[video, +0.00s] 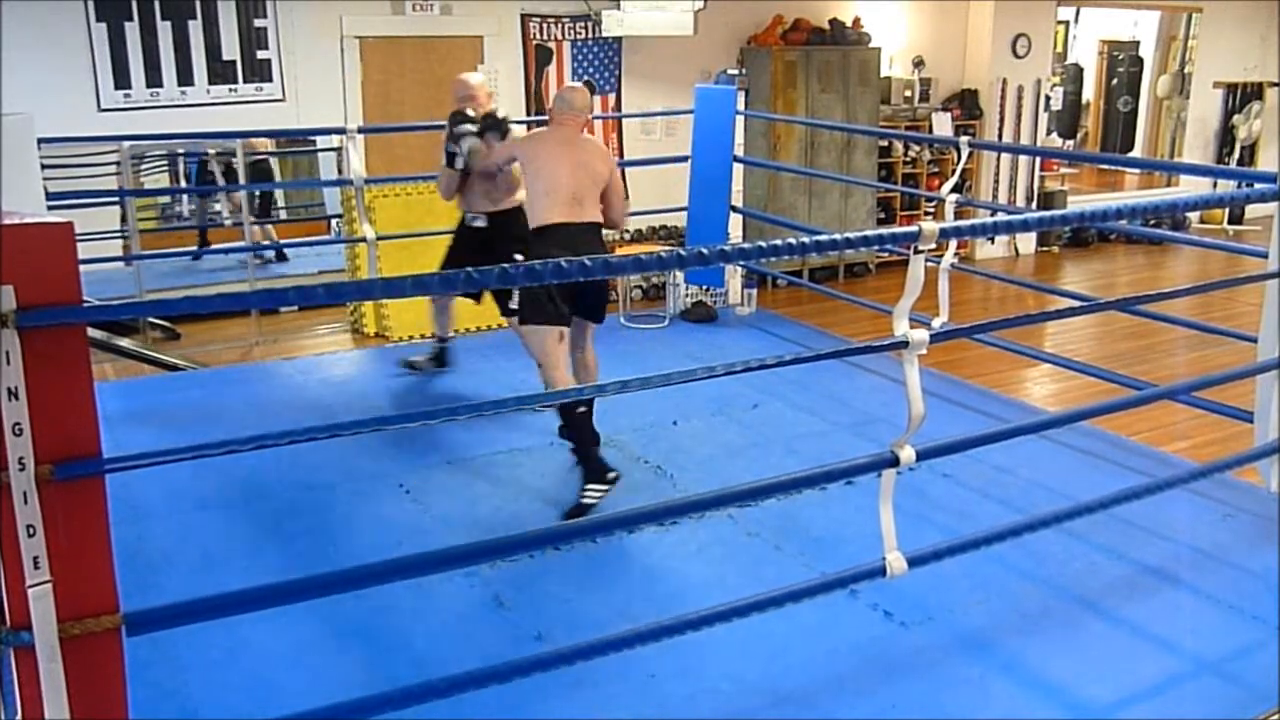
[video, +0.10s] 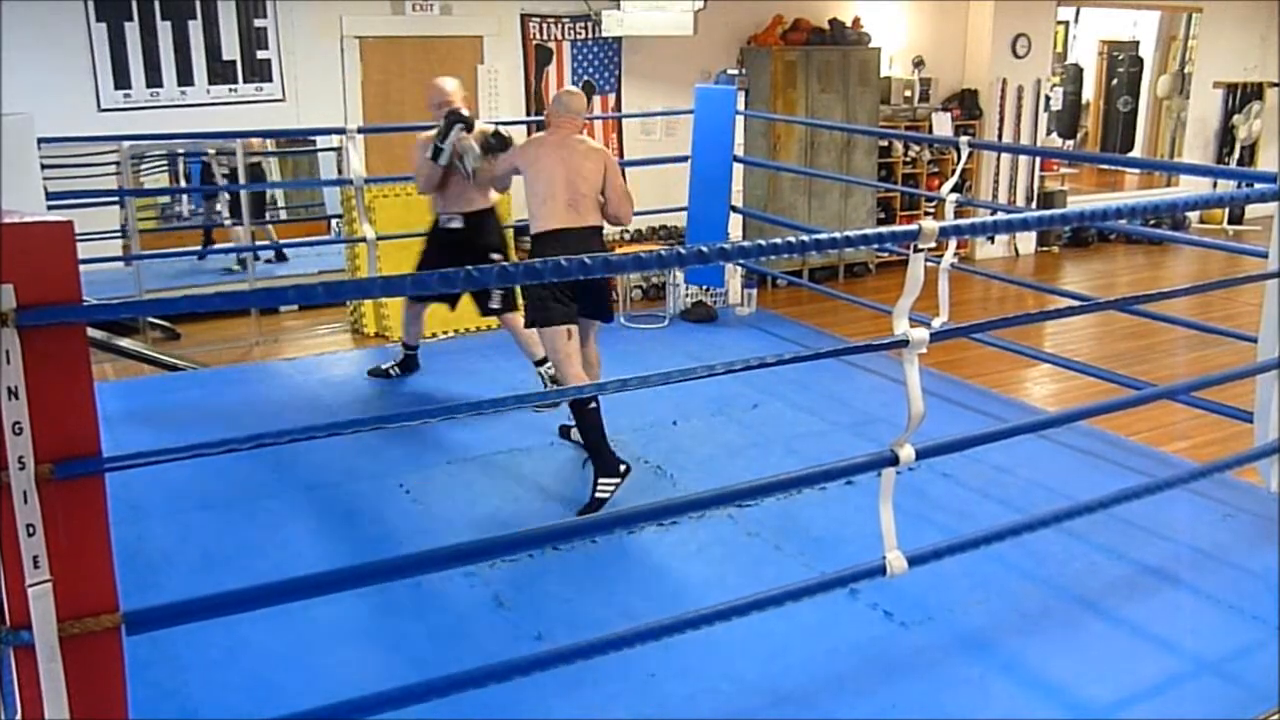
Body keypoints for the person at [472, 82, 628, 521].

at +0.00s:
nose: (555, 113)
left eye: (553, 107)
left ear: (551, 111)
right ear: (586, 117)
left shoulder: (526, 144)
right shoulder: (602, 155)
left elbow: (488, 160)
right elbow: (617, 218)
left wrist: (479, 132)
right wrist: (582, 203)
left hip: (545, 252)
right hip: (592, 251)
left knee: (553, 365)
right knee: (582, 345)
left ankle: (595, 469)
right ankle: (582, 425)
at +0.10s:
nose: (543, 114)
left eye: (546, 109)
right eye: (551, 109)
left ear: (550, 114)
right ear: (583, 119)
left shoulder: (528, 149)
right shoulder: (600, 154)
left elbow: (490, 176)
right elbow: (621, 214)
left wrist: (486, 156)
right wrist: (590, 194)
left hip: (547, 253)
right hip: (592, 251)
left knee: (566, 361)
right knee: (587, 344)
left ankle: (607, 463)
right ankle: (583, 423)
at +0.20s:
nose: (544, 116)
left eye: (543, 110)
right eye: (571, 112)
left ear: (540, 114)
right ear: (577, 117)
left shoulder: (524, 150)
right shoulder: (598, 148)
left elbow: (492, 213)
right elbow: (619, 207)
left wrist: (510, 211)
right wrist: (583, 197)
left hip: (549, 249)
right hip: (596, 246)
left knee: (562, 358)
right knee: (589, 344)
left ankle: (606, 458)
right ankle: (582, 422)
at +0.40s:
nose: (505, 121)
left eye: (504, 115)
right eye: (505, 115)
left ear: (510, 113)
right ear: (541, 104)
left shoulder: (519, 148)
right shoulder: (577, 135)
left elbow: (514, 218)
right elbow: (608, 193)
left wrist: (489, 200)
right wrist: (563, 193)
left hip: (556, 245)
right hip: (596, 237)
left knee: (548, 357)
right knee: (581, 339)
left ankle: (594, 458)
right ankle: (582, 421)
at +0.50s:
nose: (496, 129)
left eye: (496, 121)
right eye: (494, 122)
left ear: (510, 114)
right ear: (529, 106)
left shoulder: (526, 150)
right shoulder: (567, 135)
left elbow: (507, 220)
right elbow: (555, 199)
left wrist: (484, 182)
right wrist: (501, 175)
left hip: (560, 252)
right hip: (588, 241)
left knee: (549, 362)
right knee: (568, 341)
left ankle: (585, 470)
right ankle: (585, 420)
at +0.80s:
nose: (479, 119)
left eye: (480, 111)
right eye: (477, 112)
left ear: (498, 105)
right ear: (510, 101)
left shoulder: (508, 148)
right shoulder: (550, 132)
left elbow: (490, 219)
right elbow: (541, 195)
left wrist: (469, 191)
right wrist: (490, 182)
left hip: (536, 251)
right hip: (559, 242)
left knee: (548, 361)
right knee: (525, 337)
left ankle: (586, 470)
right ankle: (532, 415)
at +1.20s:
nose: (451, 123)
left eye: (454, 115)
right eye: (450, 115)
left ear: (471, 111)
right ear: (490, 106)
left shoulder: (471, 148)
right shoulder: (525, 140)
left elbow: (434, 200)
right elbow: (534, 191)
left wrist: (434, 152)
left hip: (498, 256)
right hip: (526, 249)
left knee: (496, 368)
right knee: (469, 333)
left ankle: (546, 469)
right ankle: (500, 413)